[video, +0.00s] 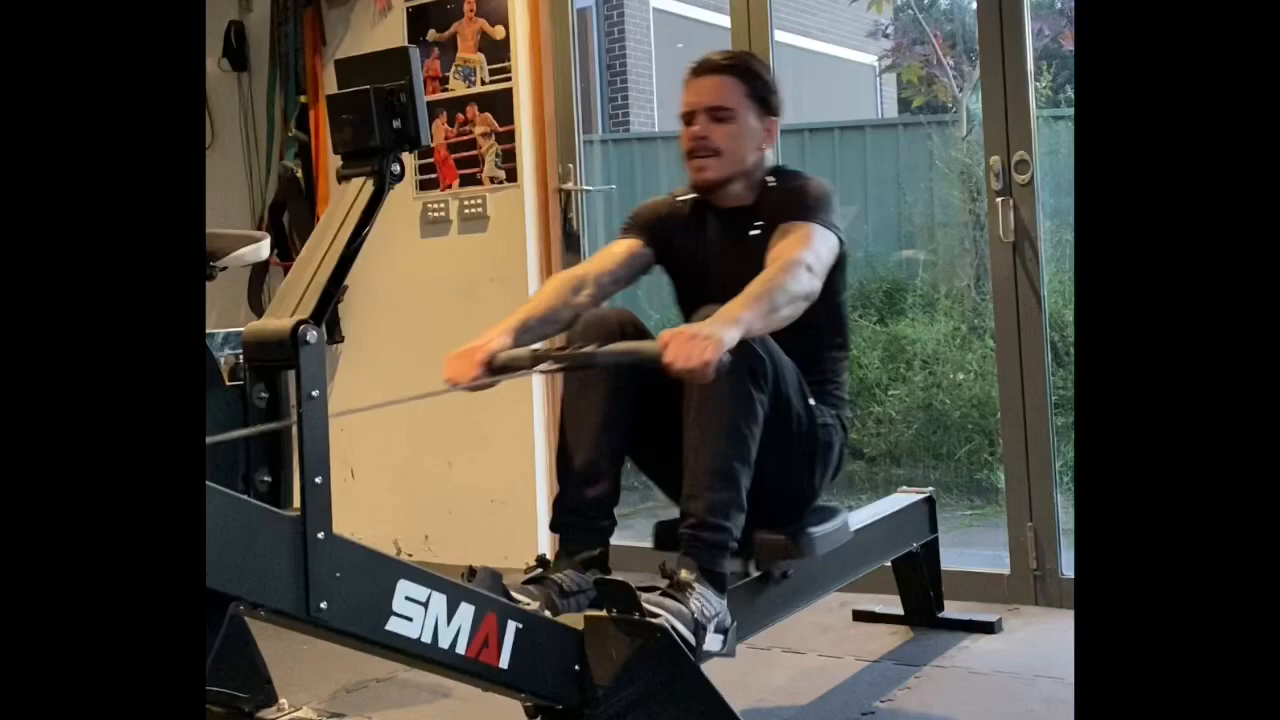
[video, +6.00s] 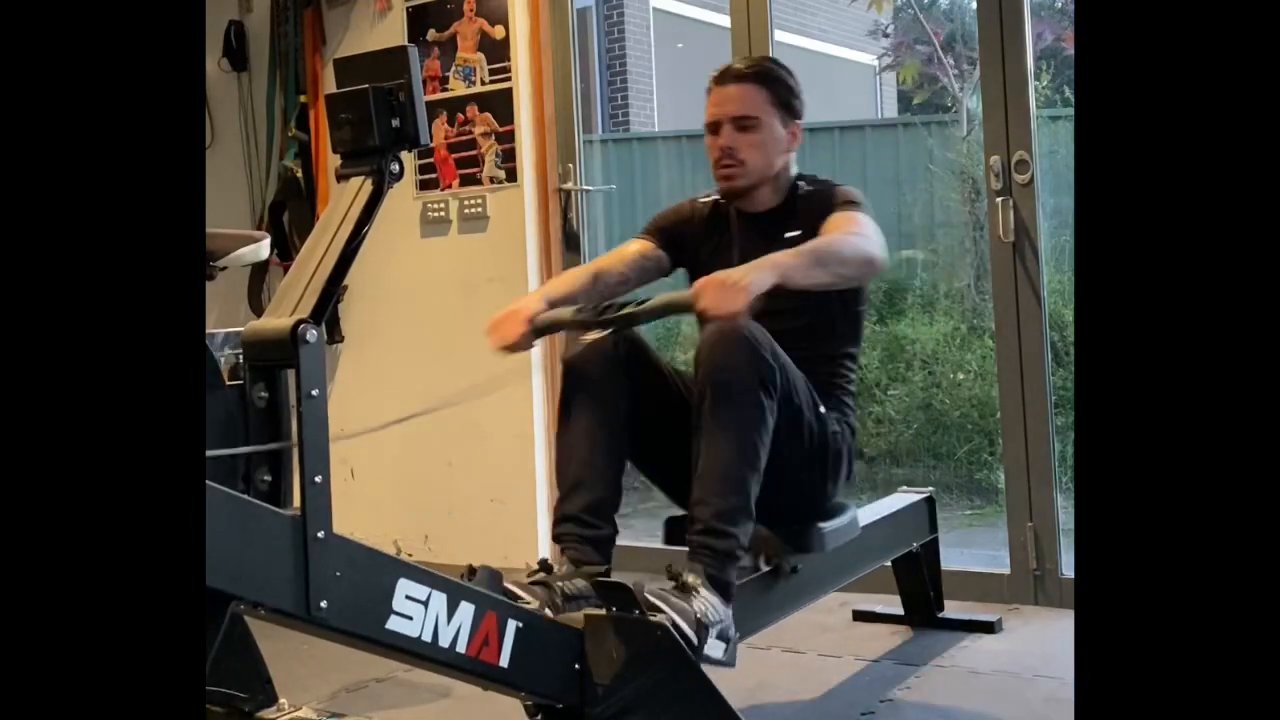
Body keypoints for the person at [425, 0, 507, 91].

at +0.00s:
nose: (471, 7)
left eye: (473, 4)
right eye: (468, 4)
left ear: (476, 7)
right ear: (463, 8)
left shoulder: (480, 22)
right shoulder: (458, 25)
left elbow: (493, 34)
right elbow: (445, 36)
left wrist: (498, 33)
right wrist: (435, 36)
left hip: (474, 61)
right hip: (460, 60)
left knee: (474, 90)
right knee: (458, 90)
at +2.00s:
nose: (471, 8)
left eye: (473, 5)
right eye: (468, 5)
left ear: (476, 8)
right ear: (463, 8)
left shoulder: (480, 22)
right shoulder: (457, 25)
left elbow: (493, 33)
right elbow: (445, 36)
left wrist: (498, 32)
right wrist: (435, 36)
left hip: (474, 60)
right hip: (460, 59)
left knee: (474, 88)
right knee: (458, 89)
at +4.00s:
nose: (471, 7)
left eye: (473, 4)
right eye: (468, 4)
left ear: (476, 7)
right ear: (463, 8)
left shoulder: (480, 22)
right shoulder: (457, 25)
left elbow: (493, 34)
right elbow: (445, 36)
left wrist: (498, 32)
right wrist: (435, 36)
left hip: (474, 60)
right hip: (460, 59)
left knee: (474, 89)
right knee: (458, 89)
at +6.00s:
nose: (471, 9)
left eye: (473, 7)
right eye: (468, 8)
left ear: (475, 8)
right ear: (463, 8)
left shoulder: (480, 22)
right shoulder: (458, 25)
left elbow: (493, 34)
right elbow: (445, 36)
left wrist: (498, 32)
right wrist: (435, 36)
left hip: (474, 60)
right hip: (460, 59)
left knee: (474, 89)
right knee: (458, 89)